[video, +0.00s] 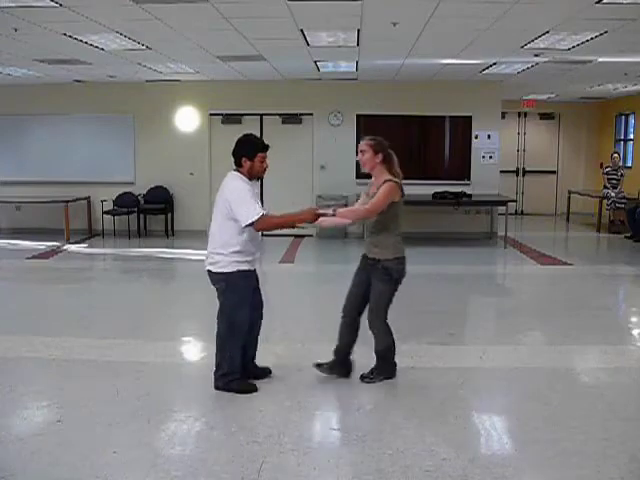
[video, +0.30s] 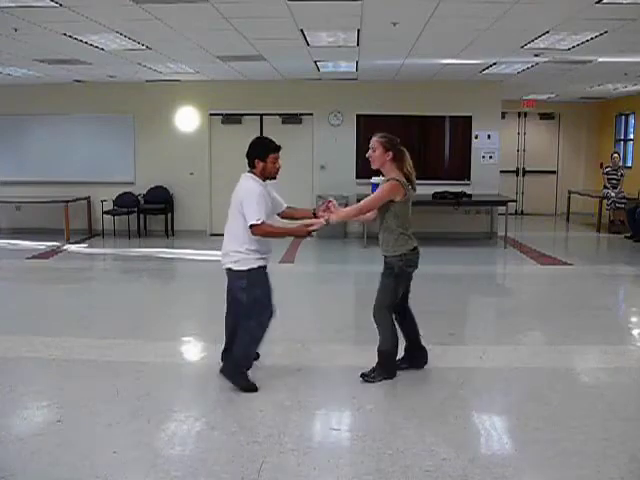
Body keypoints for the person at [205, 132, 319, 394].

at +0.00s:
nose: (266, 165)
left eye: (266, 159)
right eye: (262, 160)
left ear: (249, 161)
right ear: (245, 162)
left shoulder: (246, 184)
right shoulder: (236, 185)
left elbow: (260, 219)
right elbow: (259, 223)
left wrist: (295, 219)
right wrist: (299, 218)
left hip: (243, 264)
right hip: (229, 266)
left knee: (252, 314)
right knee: (234, 320)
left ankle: (246, 365)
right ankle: (227, 377)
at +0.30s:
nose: (279, 165)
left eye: (279, 160)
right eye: (275, 161)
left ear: (261, 162)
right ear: (259, 163)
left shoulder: (261, 185)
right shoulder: (251, 187)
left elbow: (284, 212)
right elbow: (257, 228)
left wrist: (315, 214)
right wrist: (294, 231)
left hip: (246, 261)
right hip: (245, 263)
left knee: (241, 312)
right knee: (261, 312)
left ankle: (234, 356)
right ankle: (236, 367)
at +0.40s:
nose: (290, 165)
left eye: (290, 160)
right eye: (285, 161)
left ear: (272, 164)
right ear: (270, 163)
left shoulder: (267, 185)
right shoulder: (265, 188)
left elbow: (286, 214)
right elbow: (264, 227)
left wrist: (315, 214)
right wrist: (299, 235)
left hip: (249, 258)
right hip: (258, 259)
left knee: (244, 304)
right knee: (284, 304)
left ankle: (232, 351)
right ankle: (262, 357)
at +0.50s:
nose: (304, 166)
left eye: (304, 161)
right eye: (300, 161)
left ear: (285, 165)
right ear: (285, 164)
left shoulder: (276, 183)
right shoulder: (279, 188)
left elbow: (287, 215)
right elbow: (274, 224)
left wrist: (314, 212)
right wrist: (303, 235)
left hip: (267, 259)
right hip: (275, 261)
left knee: (259, 303)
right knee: (299, 306)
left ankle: (236, 347)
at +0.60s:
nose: (318, 166)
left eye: (318, 161)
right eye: (315, 162)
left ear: (300, 164)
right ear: (300, 164)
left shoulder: (297, 184)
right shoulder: (293, 187)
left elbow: (298, 214)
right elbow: (287, 222)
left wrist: (320, 208)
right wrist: (309, 235)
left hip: (290, 256)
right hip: (293, 257)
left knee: (290, 296)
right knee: (311, 303)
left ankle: (253, 333)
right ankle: (306, 351)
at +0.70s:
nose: (334, 164)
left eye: (333, 159)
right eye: (329, 160)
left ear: (317, 163)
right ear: (314, 162)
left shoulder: (316, 182)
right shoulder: (305, 183)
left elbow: (315, 208)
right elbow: (298, 214)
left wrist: (331, 201)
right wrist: (304, 231)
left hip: (313, 254)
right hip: (301, 257)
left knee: (324, 293)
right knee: (315, 299)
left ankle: (288, 326)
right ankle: (306, 350)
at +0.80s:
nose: (344, 163)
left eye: (344, 158)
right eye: (340, 158)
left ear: (334, 160)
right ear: (328, 161)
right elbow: (303, 212)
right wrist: (293, 241)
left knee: (337, 300)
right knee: (311, 306)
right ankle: (304, 349)